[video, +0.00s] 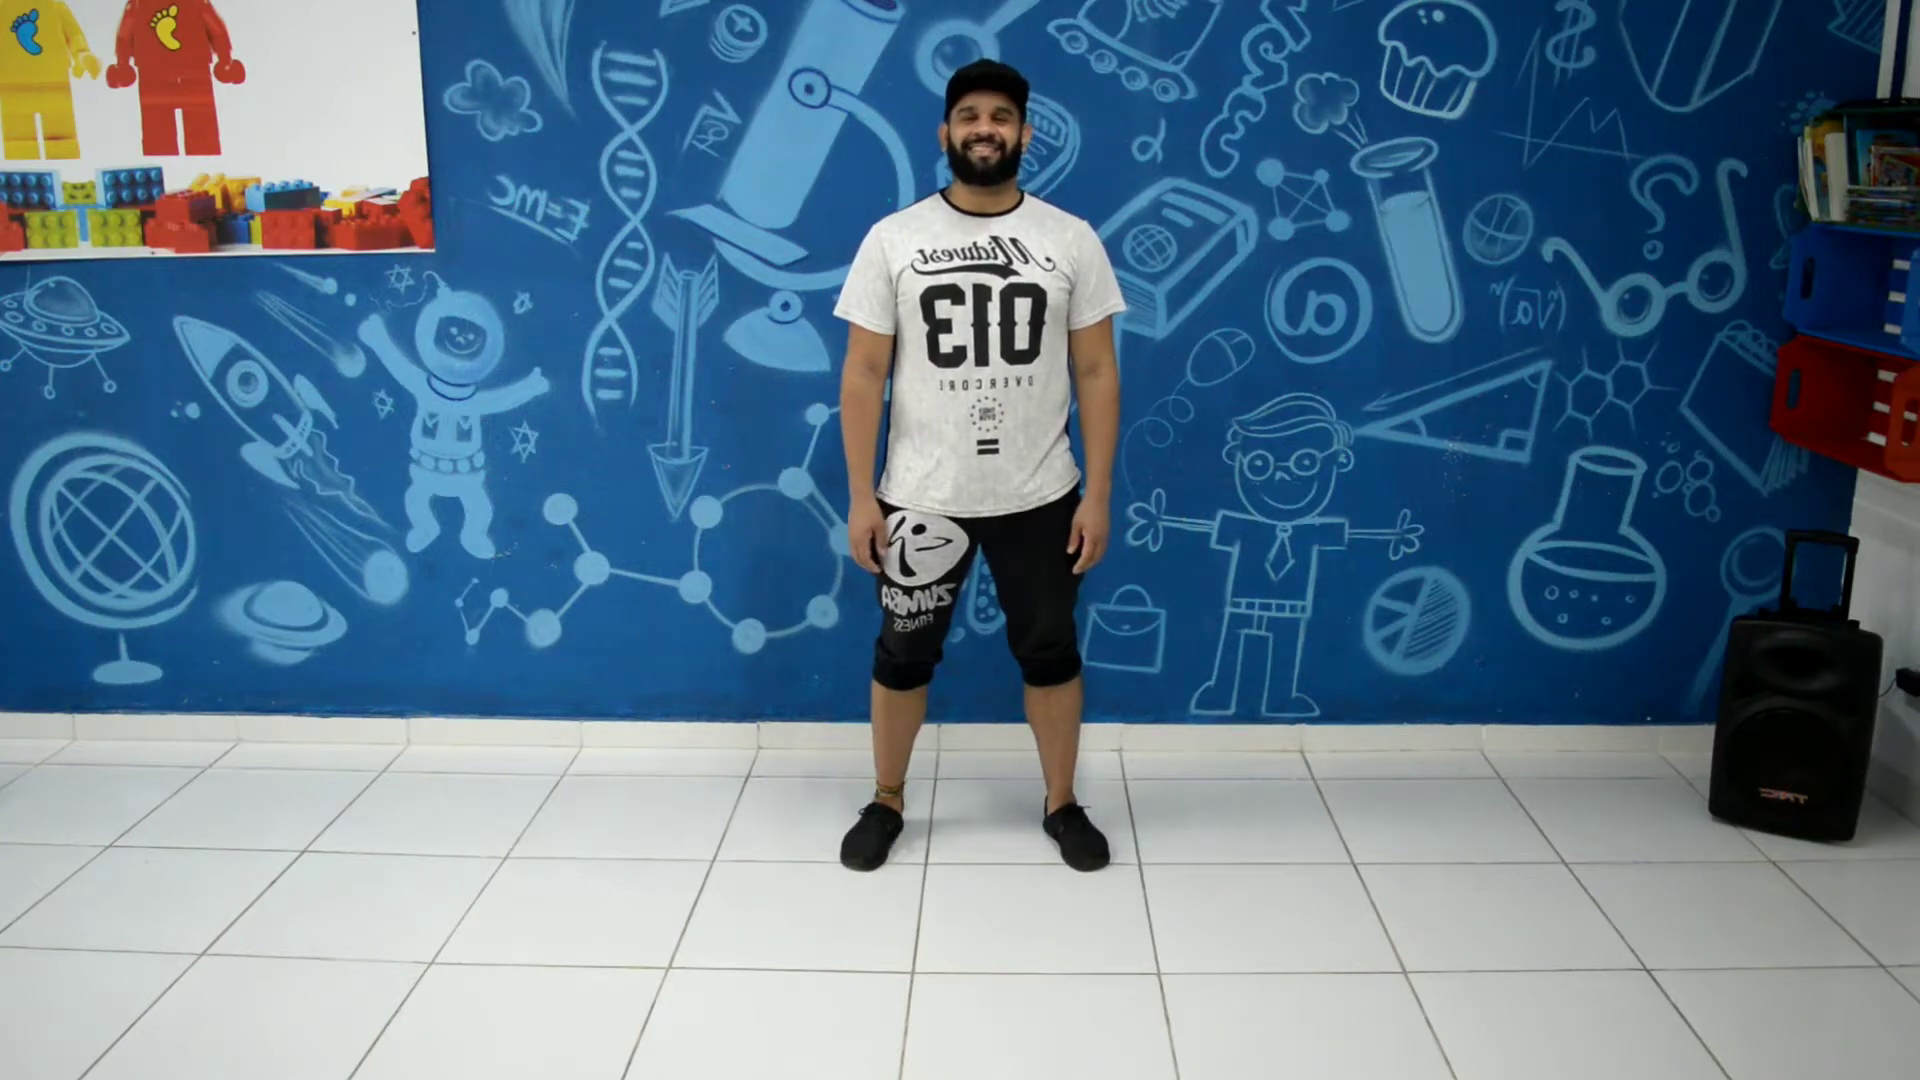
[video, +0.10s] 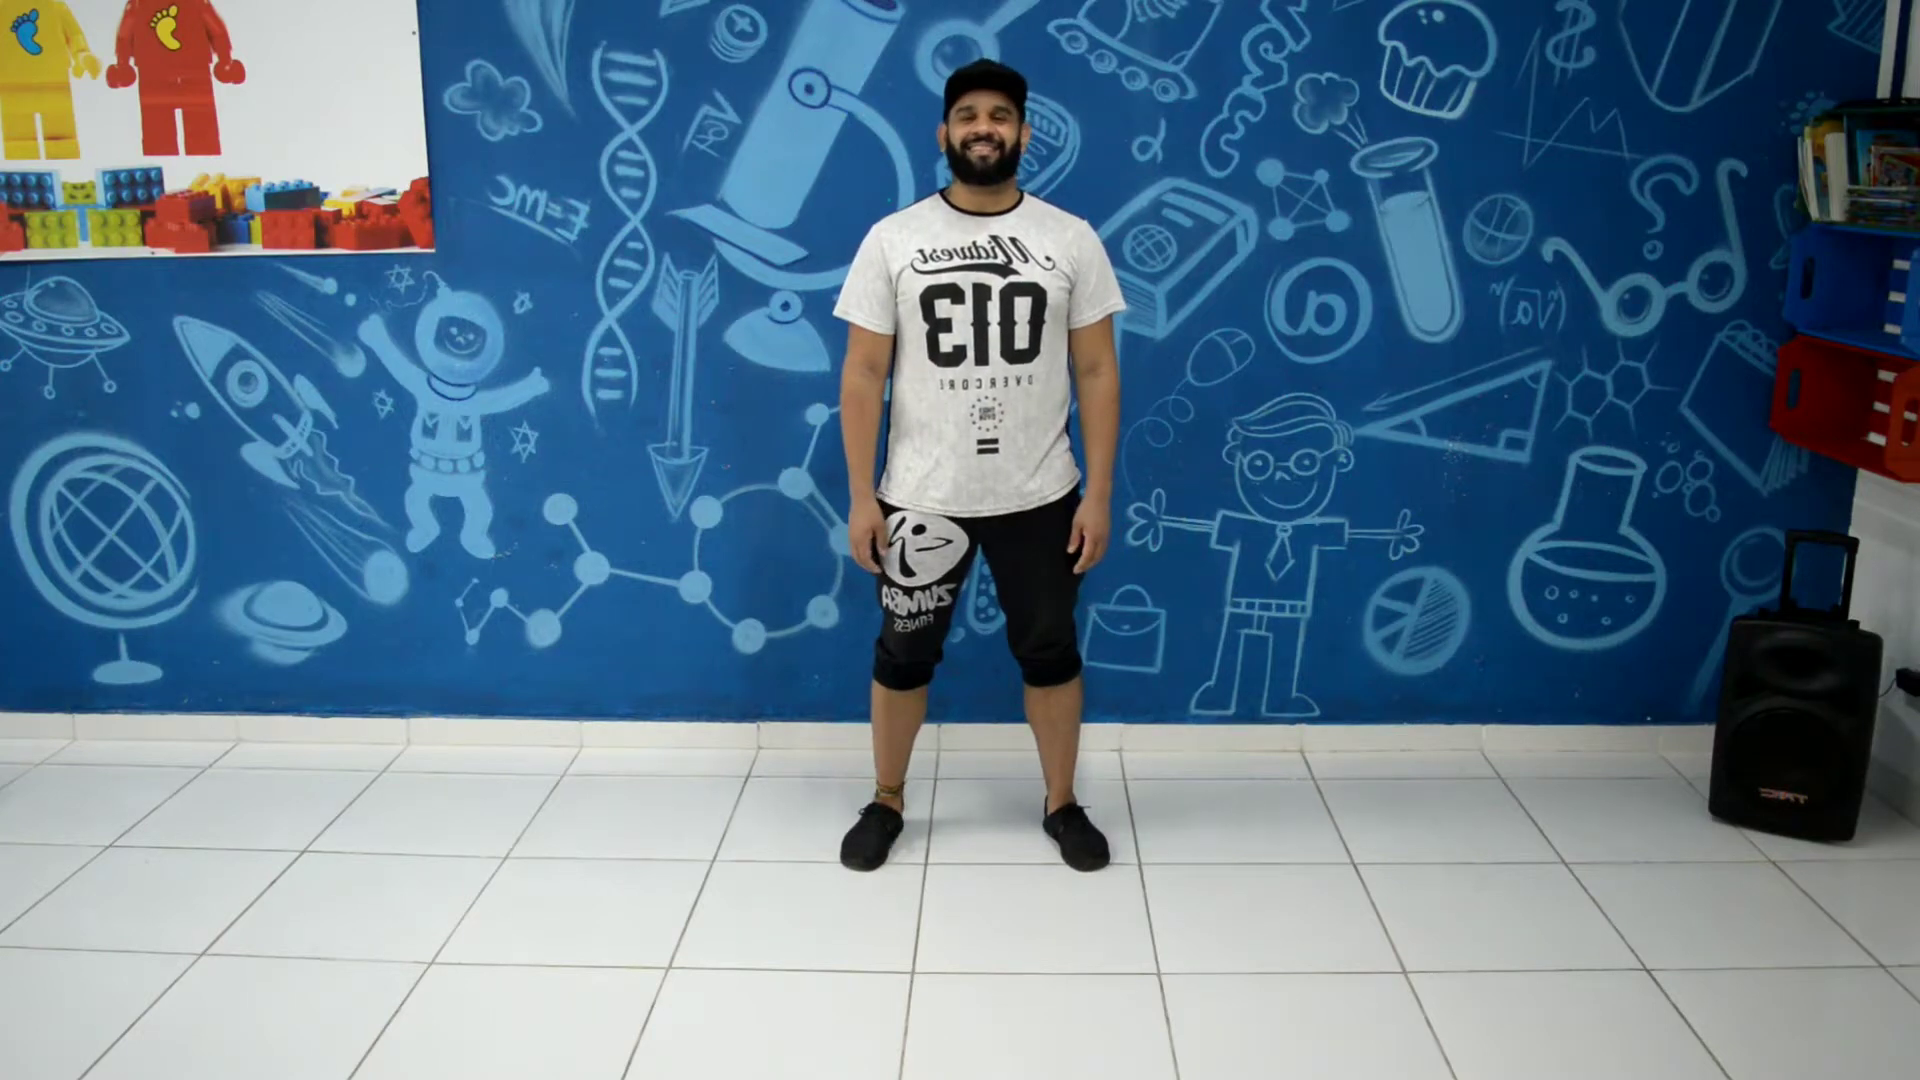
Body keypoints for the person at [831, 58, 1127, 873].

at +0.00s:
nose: (984, 130)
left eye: (1000, 118)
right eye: (969, 117)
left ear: (1023, 135)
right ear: (947, 133)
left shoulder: (1072, 241)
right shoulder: (894, 241)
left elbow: (1096, 370)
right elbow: (864, 373)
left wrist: (1098, 492)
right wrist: (862, 494)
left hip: (1037, 494)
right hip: (924, 494)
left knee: (1052, 653)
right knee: (903, 654)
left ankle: (1063, 804)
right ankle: (886, 801)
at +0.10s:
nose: (983, 129)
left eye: (1000, 117)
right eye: (967, 117)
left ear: (1022, 134)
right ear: (945, 133)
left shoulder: (1072, 241)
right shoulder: (893, 242)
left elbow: (1096, 370)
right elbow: (863, 374)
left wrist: (1098, 492)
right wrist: (862, 495)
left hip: (1037, 493)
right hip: (924, 493)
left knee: (1052, 653)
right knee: (903, 654)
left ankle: (1062, 804)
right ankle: (886, 801)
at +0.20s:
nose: (982, 127)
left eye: (998, 116)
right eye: (966, 116)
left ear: (1022, 135)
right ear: (945, 134)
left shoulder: (1072, 240)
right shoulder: (894, 241)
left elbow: (1097, 370)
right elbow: (864, 374)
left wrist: (1099, 492)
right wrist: (865, 494)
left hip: (1039, 494)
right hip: (926, 494)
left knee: (1052, 654)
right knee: (905, 653)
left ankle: (1063, 804)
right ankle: (886, 801)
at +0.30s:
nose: (983, 126)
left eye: (999, 115)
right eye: (967, 115)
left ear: (1022, 135)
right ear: (945, 134)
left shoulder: (1073, 240)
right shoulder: (895, 243)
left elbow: (1098, 371)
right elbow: (866, 375)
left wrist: (1099, 492)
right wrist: (868, 496)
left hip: (1041, 495)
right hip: (927, 496)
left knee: (1054, 655)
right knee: (905, 655)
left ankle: (1063, 804)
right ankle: (886, 801)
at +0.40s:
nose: (985, 126)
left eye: (1001, 115)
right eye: (969, 115)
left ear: (1024, 135)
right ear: (947, 135)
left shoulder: (1075, 241)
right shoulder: (897, 245)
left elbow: (1100, 372)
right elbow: (869, 378)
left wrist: (1102, 494)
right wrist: (873, 498)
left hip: (1044, 496)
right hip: (931, 497)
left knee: (1055, 656)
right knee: (906, 656)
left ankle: (1063, 805)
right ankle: (885, 802)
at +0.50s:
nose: (986, 126)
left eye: (1003, 115)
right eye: (971, 115)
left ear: (1026, 135)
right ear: (949, 135)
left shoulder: (1077, 242)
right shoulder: (898, 245)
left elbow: (1101, 373)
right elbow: (872, 378)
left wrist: (1105, 495)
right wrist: (878, 498)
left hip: (1045, 497)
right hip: (932, 498)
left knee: (1056, 657)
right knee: (907, 656)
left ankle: (1063, 805)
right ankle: (885, 802)